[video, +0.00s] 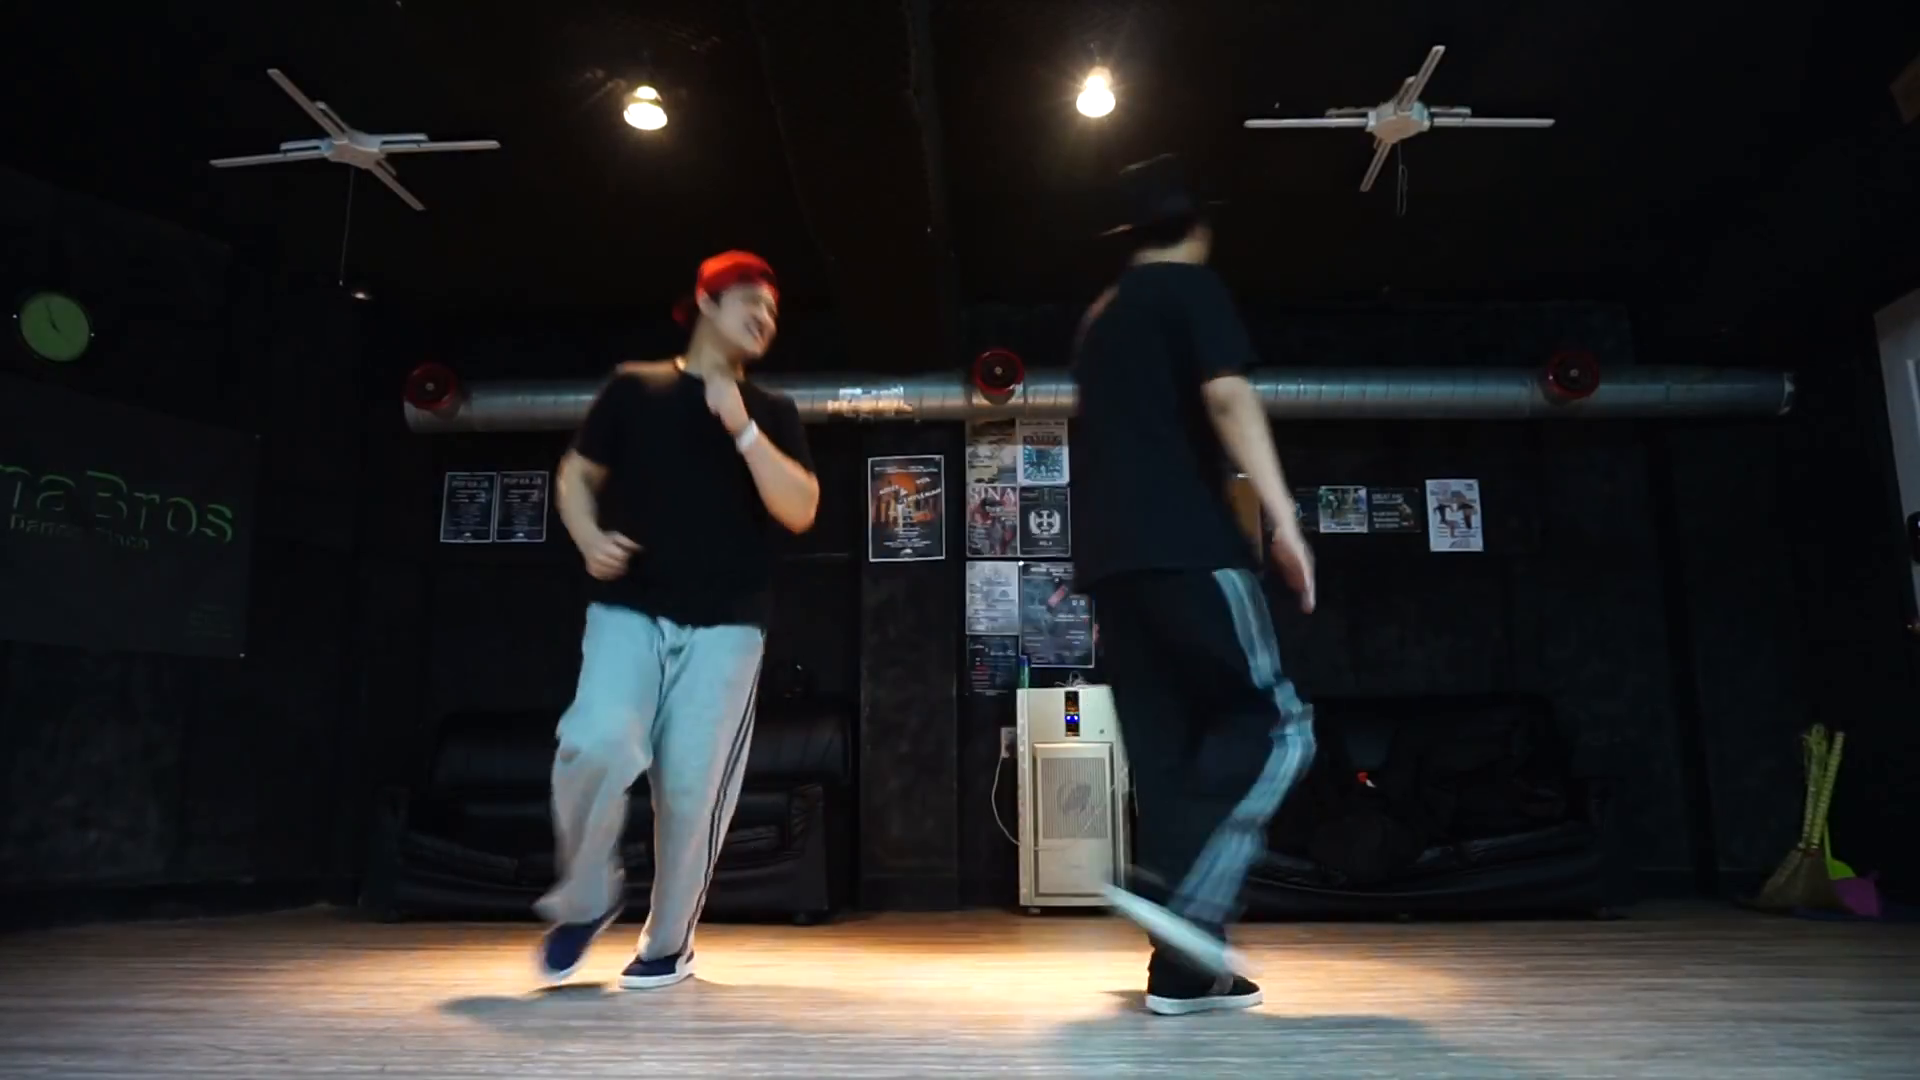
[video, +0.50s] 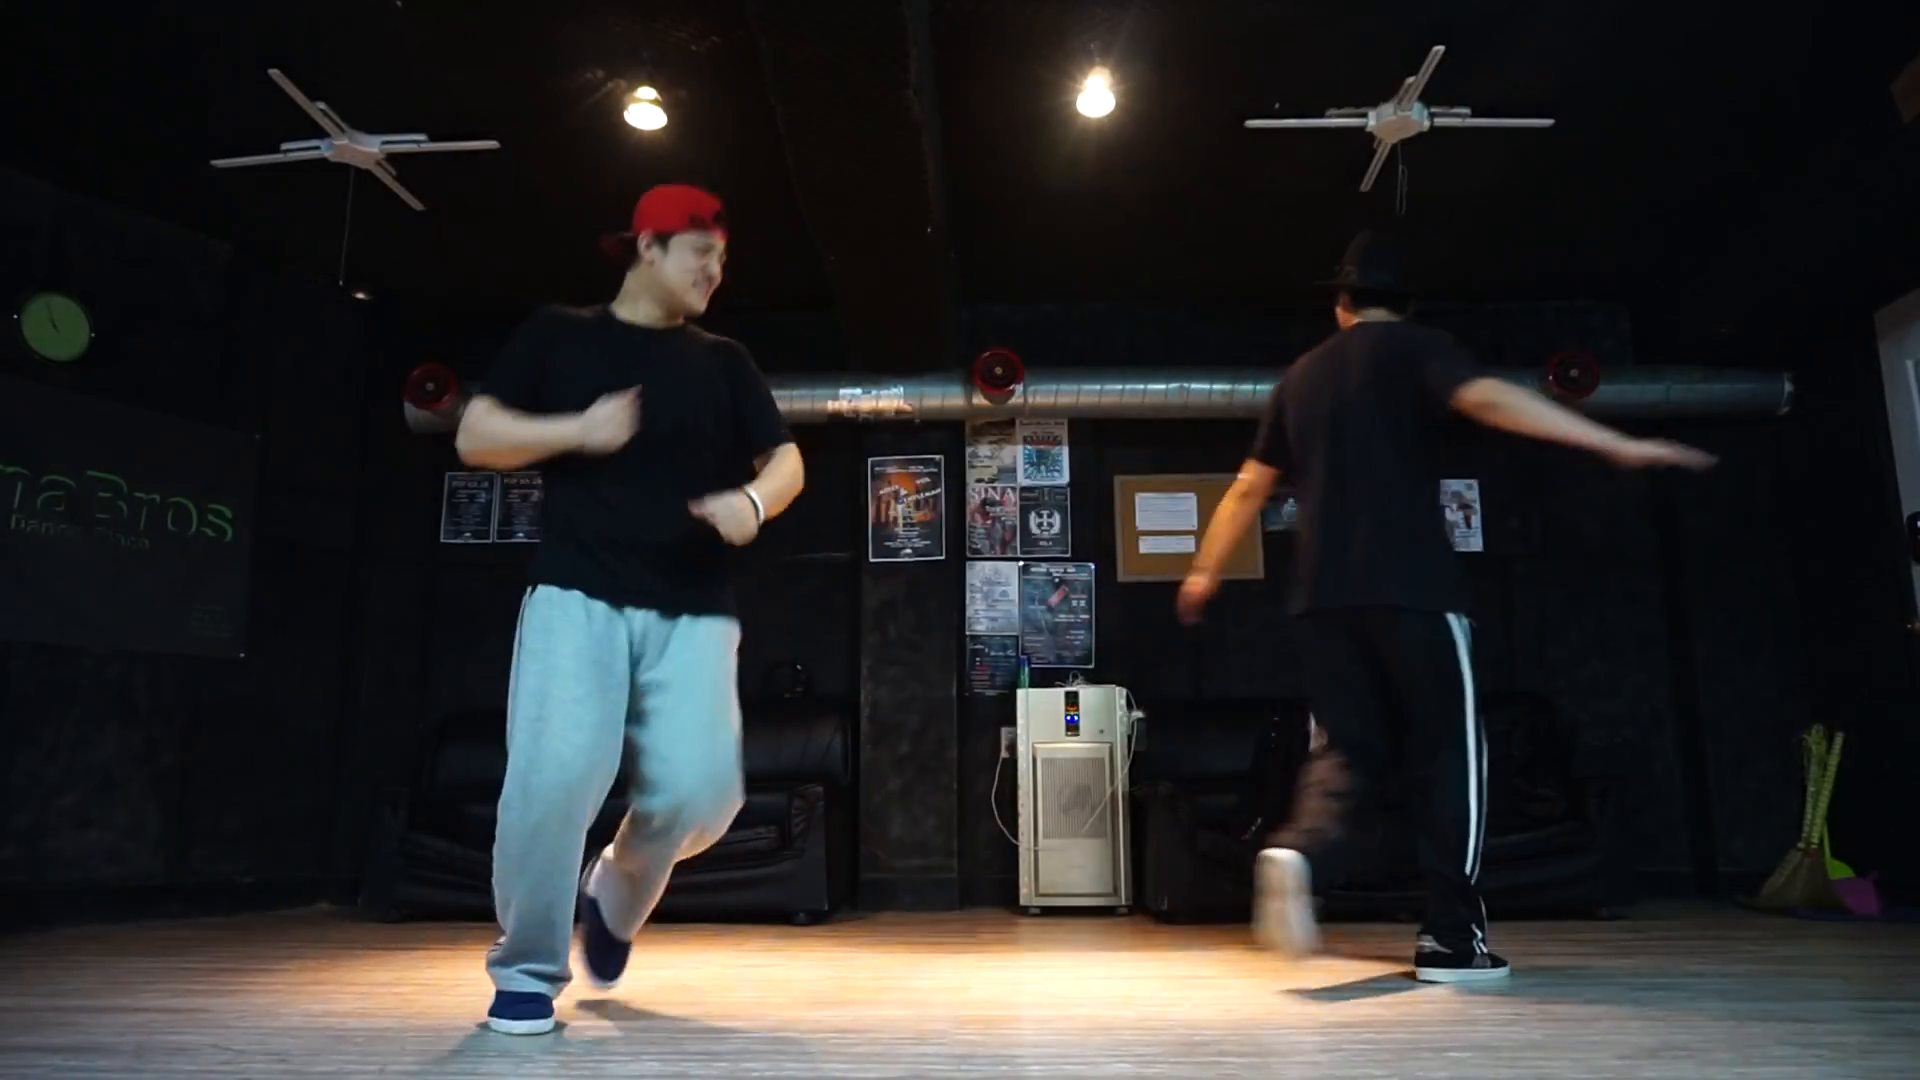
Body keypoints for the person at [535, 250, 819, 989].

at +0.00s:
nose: (764, 319)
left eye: (770, 312)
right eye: (750, 304)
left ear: (770, 328)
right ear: (706, 304)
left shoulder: (771, 412)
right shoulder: (633, 389)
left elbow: (801, 511)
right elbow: (575, 477)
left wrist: (746, 432)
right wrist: (590, 536)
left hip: (726, 618)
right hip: (628, 606)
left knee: (691, 785)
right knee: (599, 747)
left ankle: (668, 944)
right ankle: (583, 901)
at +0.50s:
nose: (715, 270)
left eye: (720, 257)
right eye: (701, 253)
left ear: (713, 265)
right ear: (648, 250)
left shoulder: (724, 363)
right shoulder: (560, 336)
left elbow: (787, 463)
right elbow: (473, 437)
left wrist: (755, 500)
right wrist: (576, 430)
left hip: (696, 611)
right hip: (578, 598)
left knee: (701, 795)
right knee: (555, 780)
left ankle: (614, 897)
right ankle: (526, 973)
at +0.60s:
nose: (736, 235)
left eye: (741, 222)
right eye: (722, 217)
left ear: (727, 233)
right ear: (671, 213)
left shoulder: (732, 339)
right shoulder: (579, 299)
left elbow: (768, 447)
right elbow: (505, 395)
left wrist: (762, 496)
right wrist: (641, 375)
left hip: (710, 586)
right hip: (593, 578)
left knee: (731, 758)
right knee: (557, 774)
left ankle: (618, 925)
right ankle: (526, 974)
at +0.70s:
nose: (764, 206)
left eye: (768, 192)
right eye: (749, 188)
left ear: (759, 206)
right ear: (697, 188)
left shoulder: (744, 314)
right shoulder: (619, 261)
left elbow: (749, 430)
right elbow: (566, 334)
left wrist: (764, 492)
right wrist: (718, 348)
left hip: (726, 568)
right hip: (615, 562)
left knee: (754, 750)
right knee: (576, 771)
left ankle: (685, 972)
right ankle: (525, 980)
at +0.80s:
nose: (801, 209)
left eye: (806, 197)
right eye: (787, 190)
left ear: (790, 211)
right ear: (733, 186)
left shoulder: (755, 309)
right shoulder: (659, 243)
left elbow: (729, 433)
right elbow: (643, 311)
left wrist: (774, 514)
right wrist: (794, 374)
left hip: (741, 569)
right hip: (641, 559)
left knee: (780, 760)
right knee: (593, 771)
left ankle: (740, 995)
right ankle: (526, 970)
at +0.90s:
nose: (841, 242)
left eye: (847, 229)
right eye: (833, 219)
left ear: (818, 230)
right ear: (779, 204)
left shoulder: (774, 317)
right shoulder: (706, 255)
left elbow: (740, 463)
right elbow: (741, 330)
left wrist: (788, 571)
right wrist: (870, 439)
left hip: (776, 590)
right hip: (684, 582)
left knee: (831, 769)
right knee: (628, 788)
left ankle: (752, 996)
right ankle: (534, 947)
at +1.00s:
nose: (870, 266)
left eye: (877, 253)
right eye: (868, 244)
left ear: (838, 232)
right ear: (823, 216)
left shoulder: (793, 317)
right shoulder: (741, 259)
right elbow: (798, 367)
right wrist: (878, 481)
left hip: (814, 589)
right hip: (729, 583)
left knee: (867, 788)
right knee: (750, 782)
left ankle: (760, 1001)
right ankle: (569, 900)